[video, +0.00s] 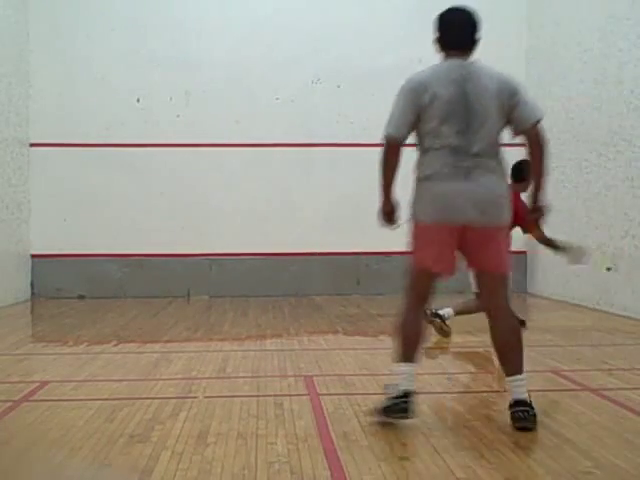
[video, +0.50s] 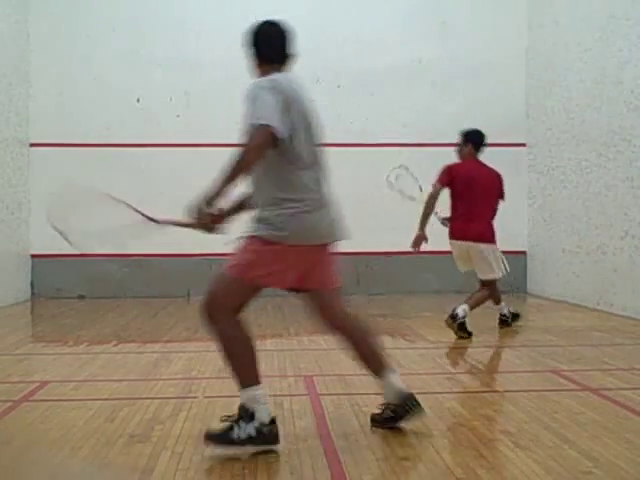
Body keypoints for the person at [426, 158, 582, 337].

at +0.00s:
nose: (531, 184)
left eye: (531, 180)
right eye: (531, 180)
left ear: (512, 176)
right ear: (527, 180)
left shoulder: (499, 193)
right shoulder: (517, 203)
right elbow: (540, 236)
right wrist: (563, 248)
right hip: (492, 255)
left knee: (489, 297)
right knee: (489, 300)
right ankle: (445, 314)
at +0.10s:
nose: (529, 184)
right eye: (530, 181)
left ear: (512, 175)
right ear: (530, 182)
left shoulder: (490, 189)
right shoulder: (525, 207)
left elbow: (470, 208)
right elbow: (529, 234)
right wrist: (524, 245)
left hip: (467, 243)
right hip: (486, 251)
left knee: (504, 260)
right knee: (484, 298)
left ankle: (507, 311)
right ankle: (441, 311)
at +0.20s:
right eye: (526, 175)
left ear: (509, 172)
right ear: (528, 178)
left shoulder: (489, 187)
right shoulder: (525, 207)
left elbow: (461, 217)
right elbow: (512, 231)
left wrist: (456, 247)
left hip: (466, 242)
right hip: (487, 253)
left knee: (504, 260)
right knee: (487, 300)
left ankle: (507, 313)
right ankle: (455, 306)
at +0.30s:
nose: (501, 168)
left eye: (501, 164)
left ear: (499, 166)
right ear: (518, 171)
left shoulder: (480, 184)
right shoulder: (518, 198)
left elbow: (453, 213)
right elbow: (511, 219)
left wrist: (443, 244)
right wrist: (468, 218)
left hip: (466, 242)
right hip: (488, 250)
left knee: (500, 262)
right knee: (496, 296)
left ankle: (507, 312)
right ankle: (458, 305)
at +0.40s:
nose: (478, 159)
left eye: (480, 156)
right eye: (480, 155)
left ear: (483, 158)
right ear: (498, 161)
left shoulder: (468, 180)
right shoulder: (508, 189)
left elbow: (441, 207)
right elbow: (494, 216)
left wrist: (428, 238)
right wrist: (458, 216)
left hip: (464, 243)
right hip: (488, 247)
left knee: (498, 274)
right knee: (500, 293)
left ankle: (507, 313)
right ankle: (466, 307)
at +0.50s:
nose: (457, 150)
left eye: (460, 146)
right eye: (458, 146)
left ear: (469, 147)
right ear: (478, 149)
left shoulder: (453, 170)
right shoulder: (494, 176)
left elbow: (433, 197)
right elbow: (491, 212)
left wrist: (421, 230)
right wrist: (454, 219)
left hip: (458, 238)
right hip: (483, 239)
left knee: (487, 277)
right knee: (489, 287)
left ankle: (504, 312)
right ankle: (460, 313)